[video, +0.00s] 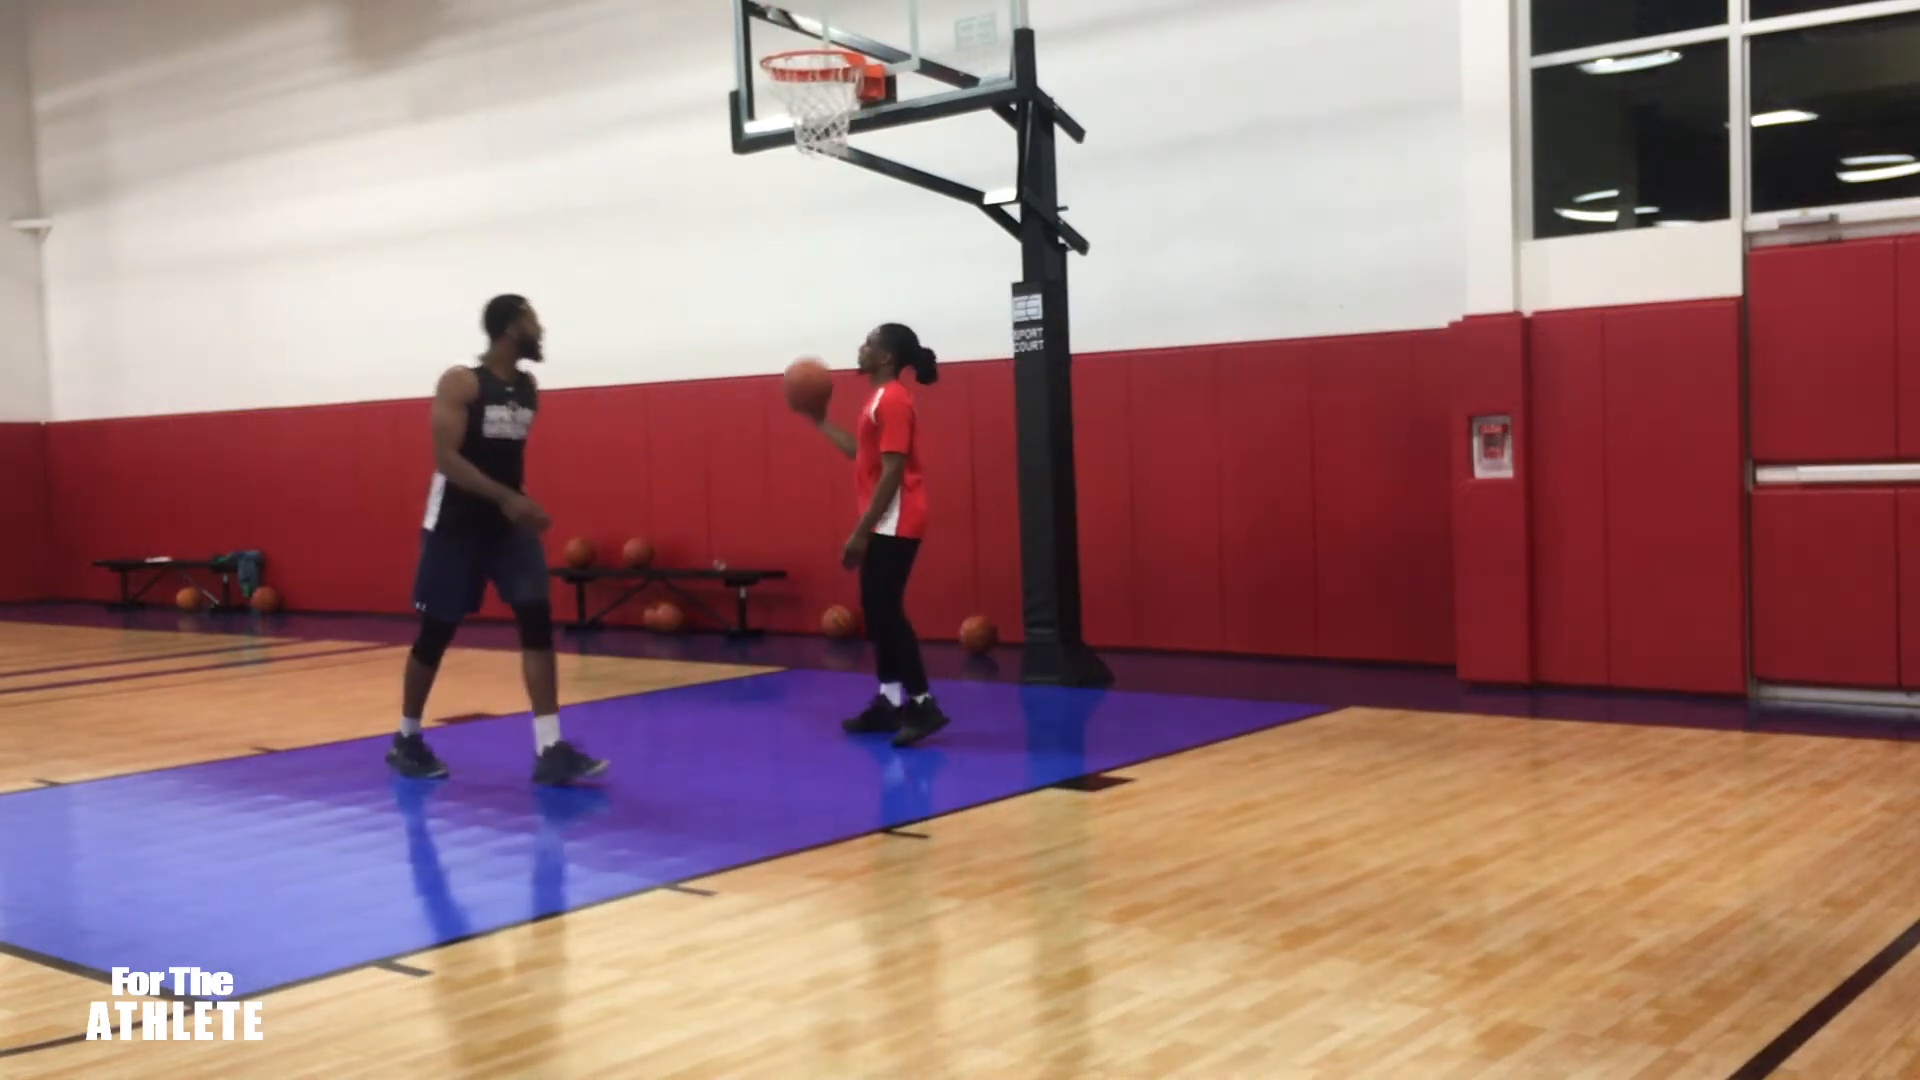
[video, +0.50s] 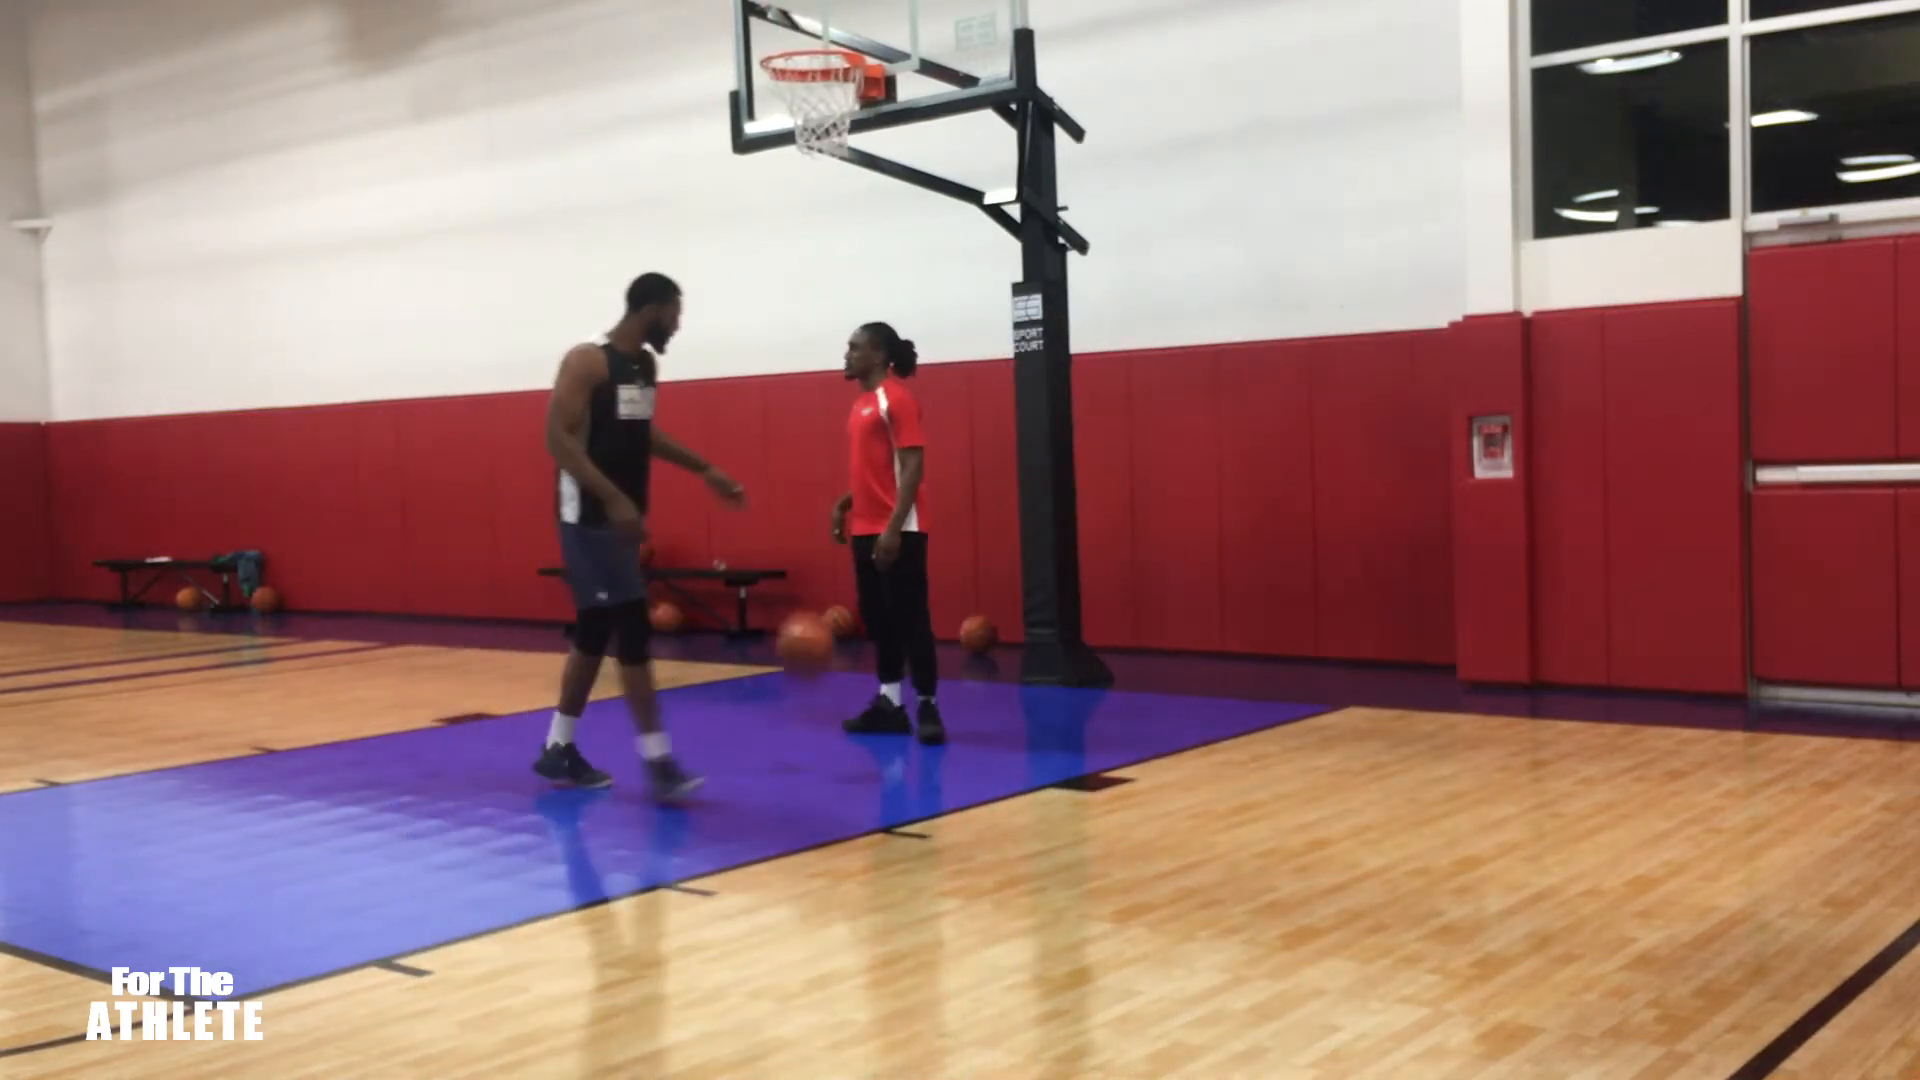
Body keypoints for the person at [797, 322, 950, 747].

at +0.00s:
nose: (860, 349)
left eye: (868, 344)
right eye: (864, 342)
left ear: (887, 357)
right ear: (884, 358)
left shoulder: (894, 399)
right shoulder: (877, 399)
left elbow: (893, 470)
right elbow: (858, 451)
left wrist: (862, 531)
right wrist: (819, 420)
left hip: (897, 522)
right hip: (882, 521)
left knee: (886, 609)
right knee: (878, 609)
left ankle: (922, 703)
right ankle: (890, 700)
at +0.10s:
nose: (853, 351)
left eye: (861, 346)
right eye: (856, 344)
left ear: (883, 357)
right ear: (878, 357)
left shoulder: (891, 398)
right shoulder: (874, 399)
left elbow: (893, 469)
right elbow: (865, 468)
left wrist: (868, 531)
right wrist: (812, 458)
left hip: (896, 525)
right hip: (880, 524)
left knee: (885, 610)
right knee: (875, 611)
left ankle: (913, 705)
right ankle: (888, 698)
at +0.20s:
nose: (848, 353)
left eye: (857, 347)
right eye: (851, 346)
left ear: (881, 358)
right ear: (872, 358)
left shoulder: (890, 397)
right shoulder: (870, 399)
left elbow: (893, 466)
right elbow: (865, 474)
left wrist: (876, 530)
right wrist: (817, 492)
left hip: (892, 527)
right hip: (872, 526)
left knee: (889, 613)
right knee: (876, 613)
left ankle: (915, 706)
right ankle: (889, 698)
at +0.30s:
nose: (845, 354)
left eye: (853, 348)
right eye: (847, 347)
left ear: (878, 357)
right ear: (868, 357)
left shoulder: (891, 397)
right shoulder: (866, 399)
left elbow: (900, 467)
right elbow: (873, 467)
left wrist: (881, 529)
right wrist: (845, 498)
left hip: (893, 529)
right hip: (868, 529)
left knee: (899, 616)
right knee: (877, 616)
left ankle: (920, 706)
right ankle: (889, 699)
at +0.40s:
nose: (844, 354)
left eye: (852, 348)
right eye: (846, 347)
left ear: (878, 357)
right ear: (865, 357)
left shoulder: (893, 397)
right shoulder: (861, 401)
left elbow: (906, 465)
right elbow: (869, 465)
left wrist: (886, 527)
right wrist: (848, 501)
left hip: (898, 530)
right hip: (867, 531)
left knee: (909, 617)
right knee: (879, 618)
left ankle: (925, 707)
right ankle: (889, 701)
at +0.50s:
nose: (847, 355)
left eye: (855, 348)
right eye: (848, 348)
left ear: (880, 355)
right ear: (867, 355)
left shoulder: (897, 398)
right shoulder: (864, 401)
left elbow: (911, 465)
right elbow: (872, 469)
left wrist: (893, 528)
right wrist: (845, 502)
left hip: (900, 530)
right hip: (868, 531)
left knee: (912, 618)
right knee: (879, 619)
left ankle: (927, 706)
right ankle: (888, 702)